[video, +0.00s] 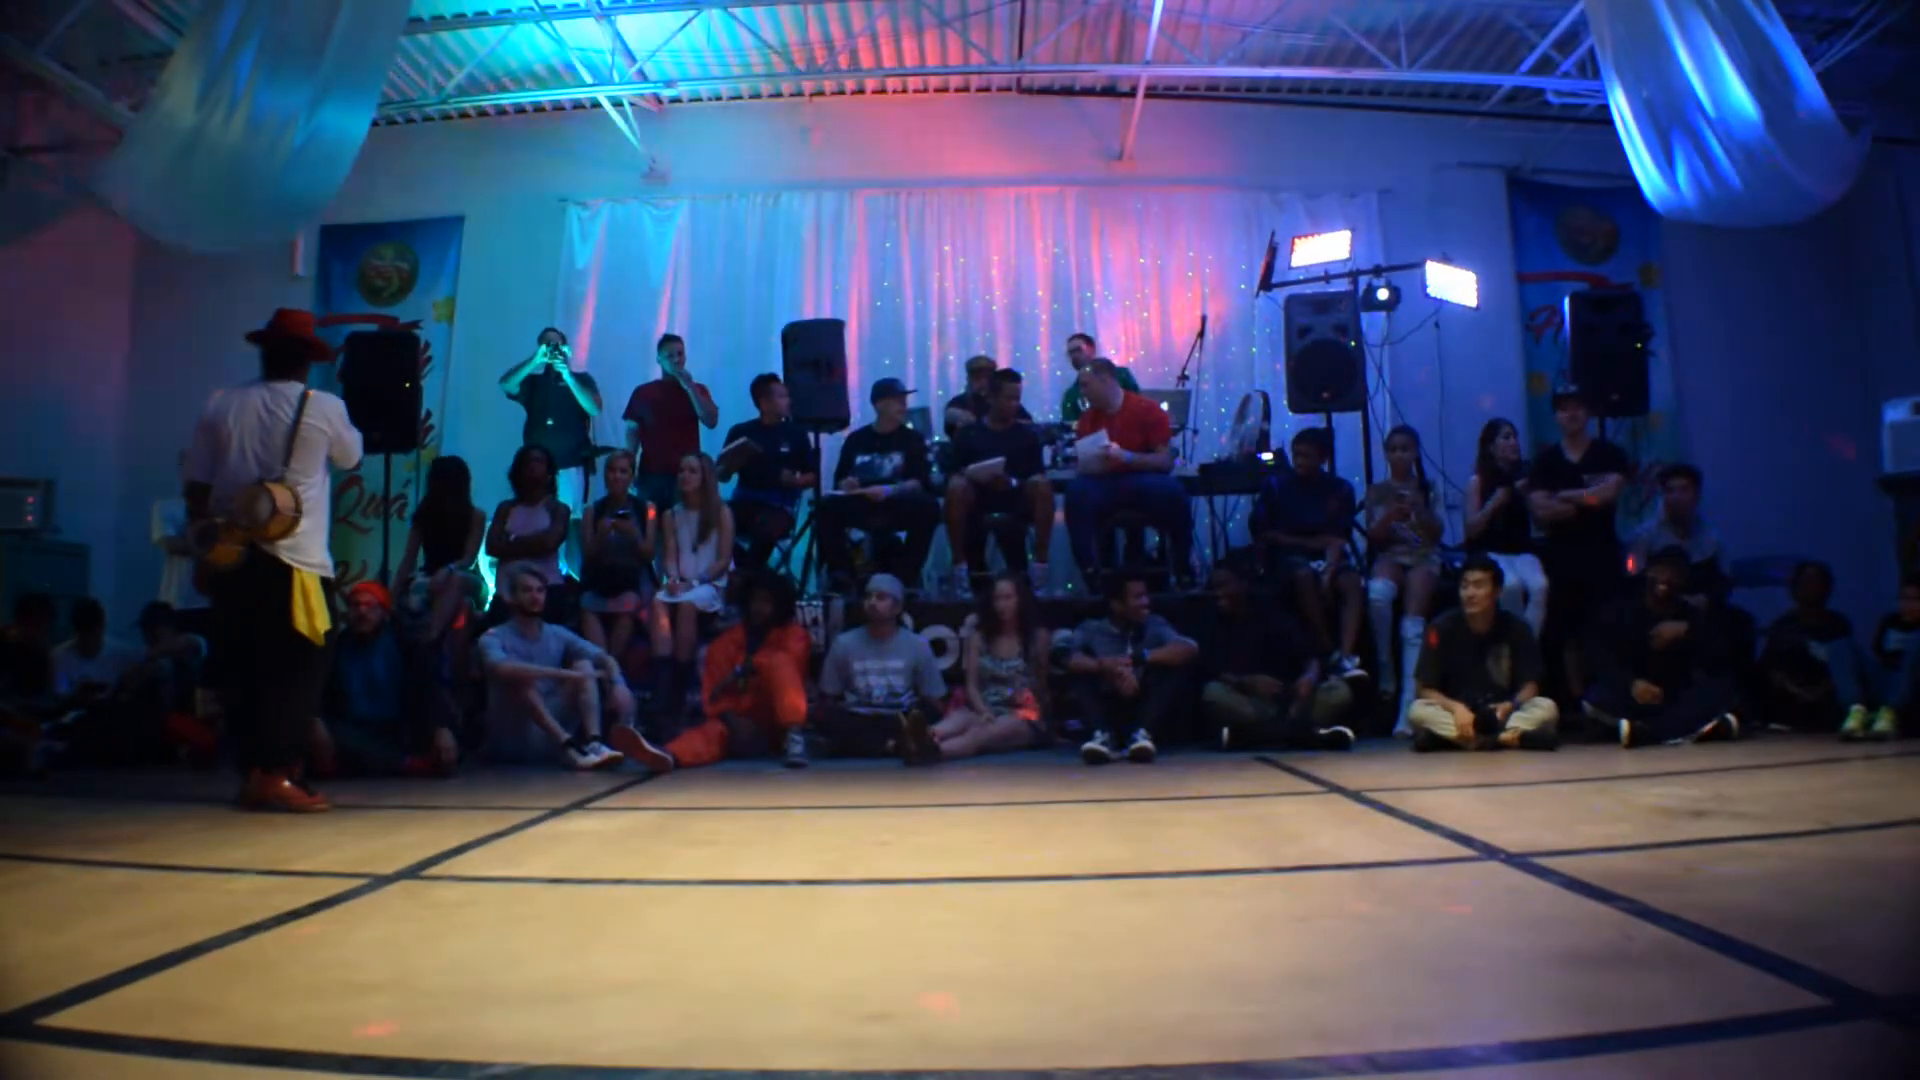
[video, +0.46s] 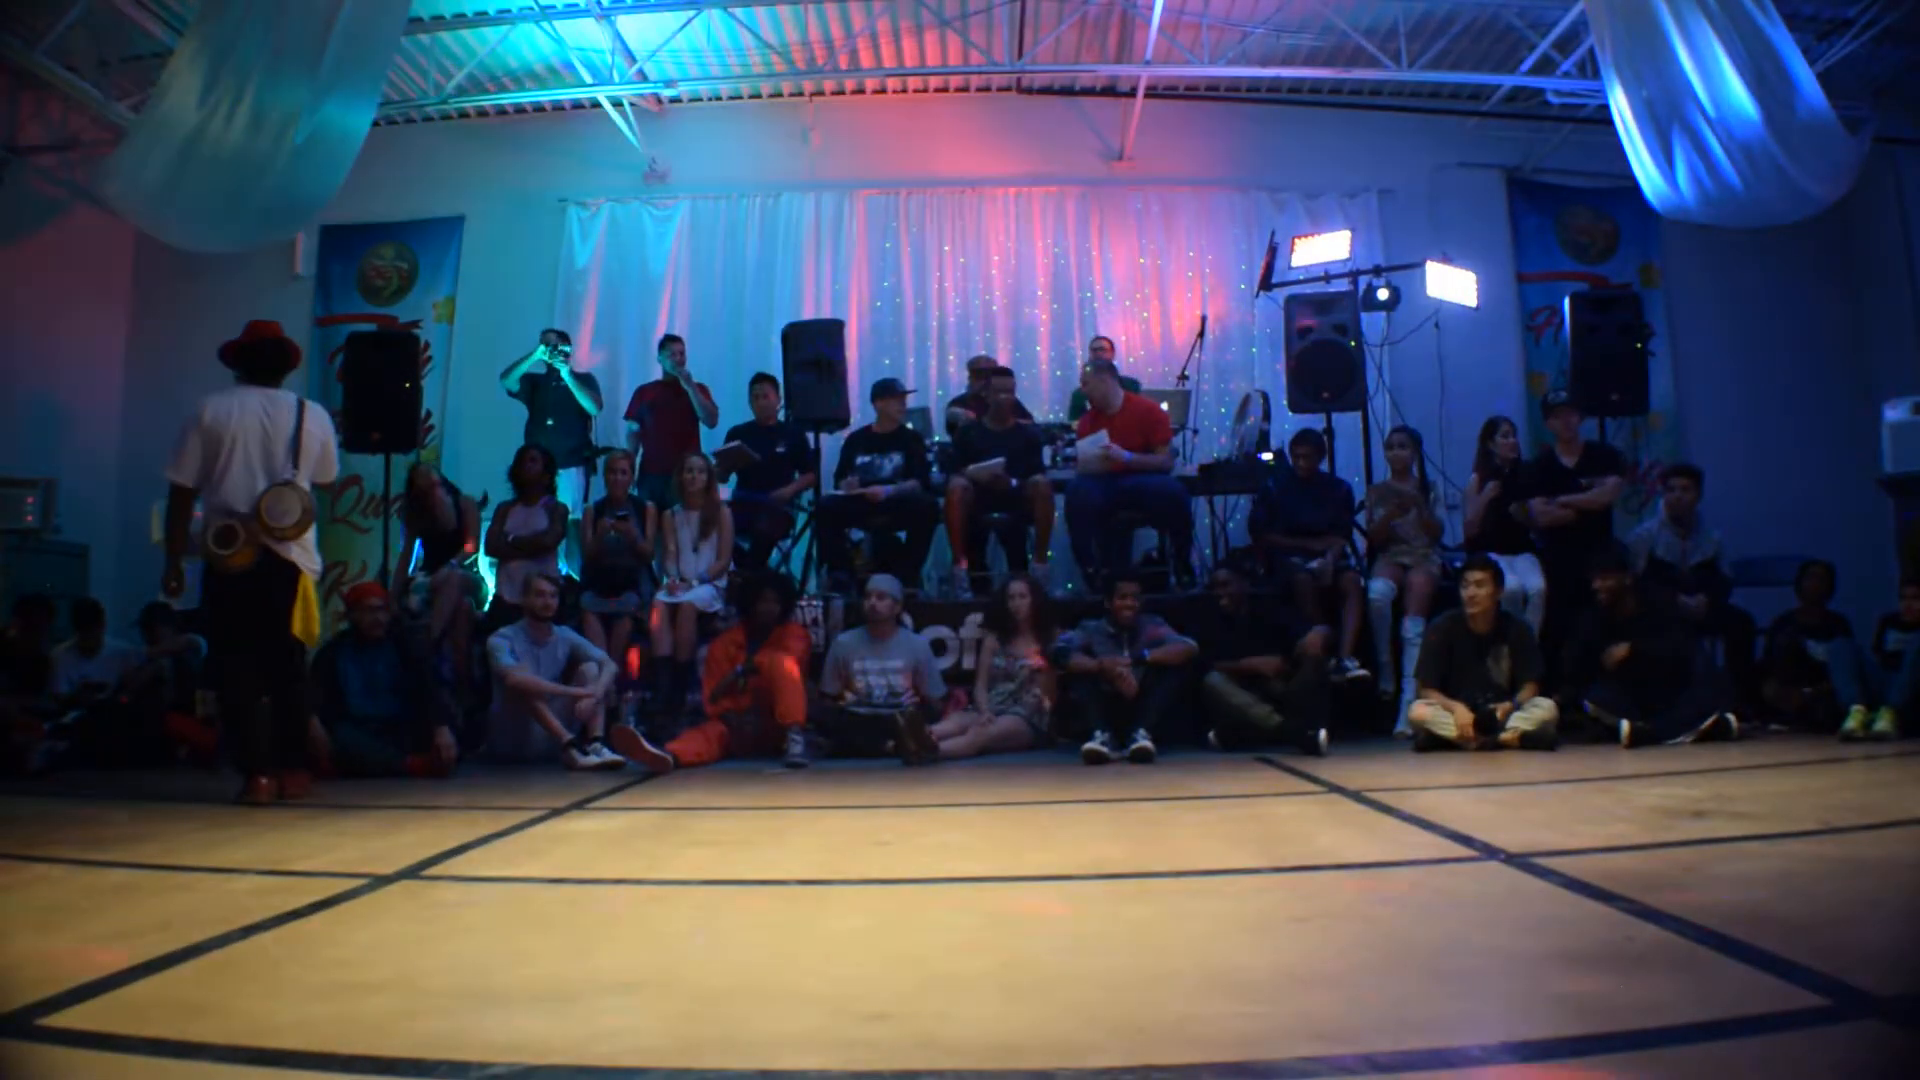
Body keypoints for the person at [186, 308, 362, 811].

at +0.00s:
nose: (311, 365)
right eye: (311, 359)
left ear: (263, 357)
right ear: (308, 361)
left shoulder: (223, 406)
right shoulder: (323, 408)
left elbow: (196, 482)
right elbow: (350, 458)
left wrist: (202, 535)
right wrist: (320, 416)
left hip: (234, 563)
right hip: (297, 568)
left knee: (244, 669)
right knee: (296, 673)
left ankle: (255, 775)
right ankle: (277, 776)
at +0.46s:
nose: (240, 368)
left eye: (239, 362)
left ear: (236, 365)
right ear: (286, 367)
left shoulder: (214, 412)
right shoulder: (313, 417)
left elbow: (182, 493)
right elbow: (325, 485)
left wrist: (173, 562)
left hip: (228, 564)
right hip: (289, 566)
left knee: (235, 670)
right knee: (287, 667)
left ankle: (256, 773)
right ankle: (293, 769)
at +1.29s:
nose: (219, 386)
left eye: (222, 378)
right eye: (219, 379)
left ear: (235, 378)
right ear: (270, 379)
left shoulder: (234, 416)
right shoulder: (292, 429)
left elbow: (205, 483)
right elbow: (297, 498)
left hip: (232, 561)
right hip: (278, 562)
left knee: (211, 660)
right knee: (272, 668)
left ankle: (214, 764)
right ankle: (272, 765)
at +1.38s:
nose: (210, 388)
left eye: (215, 379)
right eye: (211, 379)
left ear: (232, 378)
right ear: (261, 379)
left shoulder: (235, 416)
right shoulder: (284, 430)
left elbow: (207, 484)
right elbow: (282, 500)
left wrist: (242, 522)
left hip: (225, 564)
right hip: (268, 564)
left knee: (205, 665)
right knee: (269, 670)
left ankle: (207, 767)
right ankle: (273, 768)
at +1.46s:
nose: (204, 389)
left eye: (209, 380)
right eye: (204, 380)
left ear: (228, 380)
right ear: (251, 381)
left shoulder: (233, 418)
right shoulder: (271, 428)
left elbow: (207, 485)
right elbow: (270, 498)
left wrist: (178, 498)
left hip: (221, 564)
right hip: (259, 563)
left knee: (205, 667)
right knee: (265, 667)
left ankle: (207, 766)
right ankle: (272, 767)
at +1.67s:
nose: (189, 391)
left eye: (196, 381)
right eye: (189, 382)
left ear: (218, 382)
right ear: (223, 384)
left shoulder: (234, 422)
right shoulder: (229, 425)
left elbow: (205, 483)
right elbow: (207, 492)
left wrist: (168, 470)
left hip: (217, 565)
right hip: (210, 566)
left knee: (207, 667)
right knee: (208, 667)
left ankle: (211, 764)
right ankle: (213, 760)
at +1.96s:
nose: (172, 386)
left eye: (180, 377)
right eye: (171, 378)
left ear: (205, 379)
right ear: (180, 383)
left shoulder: (227, 422)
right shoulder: (190, 428)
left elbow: (185, 464)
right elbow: (181, 513)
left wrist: (162, 416)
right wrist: (155, 564)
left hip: (209, 567)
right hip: (176, 571)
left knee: (196, 670)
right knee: (160, 669)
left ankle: (203, 764)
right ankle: (166, 763)